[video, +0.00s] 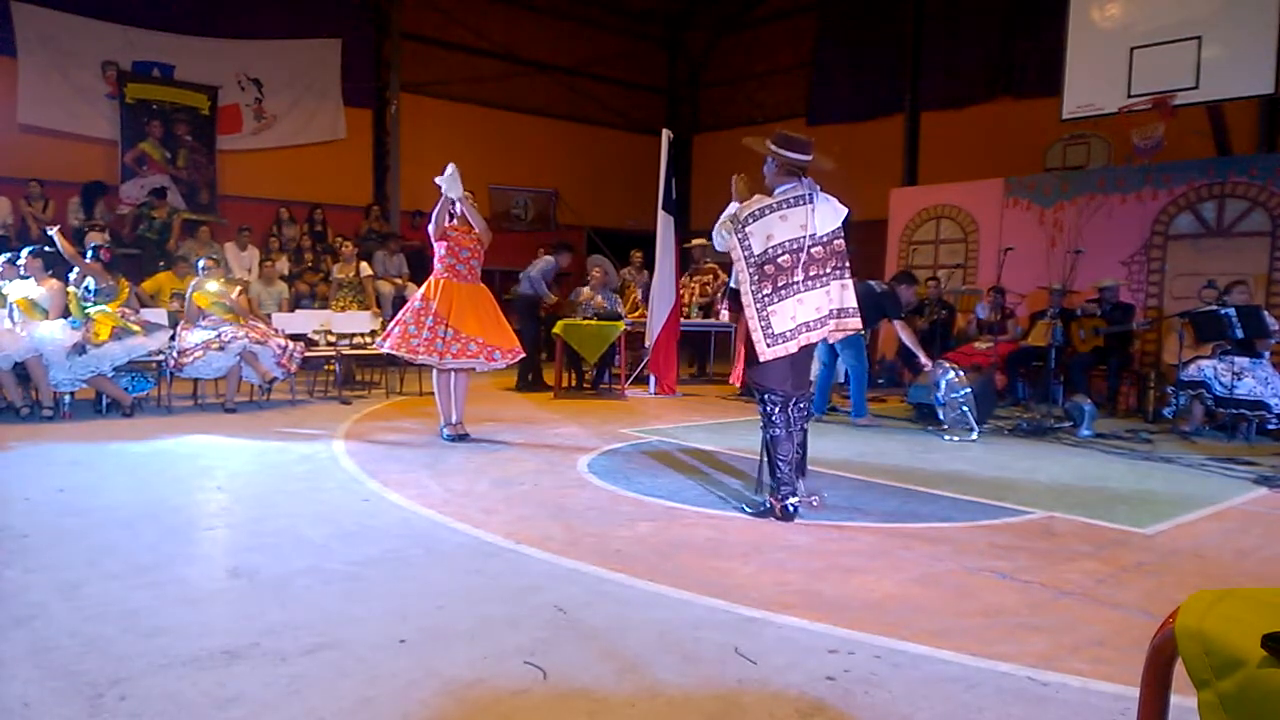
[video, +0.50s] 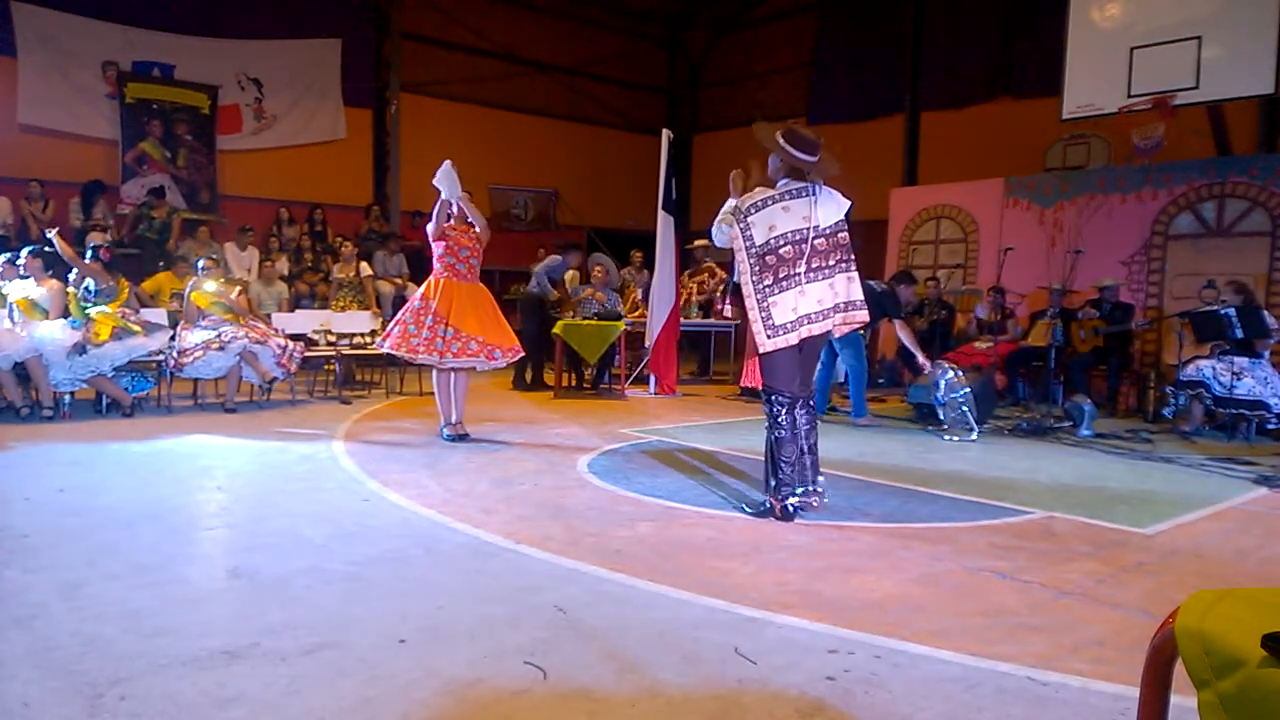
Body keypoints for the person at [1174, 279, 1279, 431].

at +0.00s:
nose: (1244, 297)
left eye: (1247, 293)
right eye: (1240, 293)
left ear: (1250, 296)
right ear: (1227, 297)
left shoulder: (1259, 315)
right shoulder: (1215, 316)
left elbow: (1265, 347)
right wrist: (1212, 350)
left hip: (1253, 364)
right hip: (1221, 362)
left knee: (1249, 381)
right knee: (1199, 368)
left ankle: (1243, 425)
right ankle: (1196, 420)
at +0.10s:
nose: (1238, 297)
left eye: (1243, 293)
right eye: (1233, 293)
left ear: (1250, 297)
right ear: (1224, 298)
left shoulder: (1259, 315)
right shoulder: (1216, 315)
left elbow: (1265, 346)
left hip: (1253, 363)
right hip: (1222, 362)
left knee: (1249, 381)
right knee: (1199, 369)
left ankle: (1243, 425)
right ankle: (1196, 420)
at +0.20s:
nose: (1229, 296)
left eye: (1235, 292)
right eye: (1226, 292)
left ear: (1247, 297)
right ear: (1222, 295)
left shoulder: (1258, 315)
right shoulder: (1215, 315)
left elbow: (1265, 346)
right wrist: (1211, 350)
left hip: (1252, 363)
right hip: (1221, 362)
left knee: (1248, 380)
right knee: (1198, 369)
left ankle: (1243, 424)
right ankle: (1196, 420)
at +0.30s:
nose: (1223, 303)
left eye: (1227, 299)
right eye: (1222, 300)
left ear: (1244, 297)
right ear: (1222, 298)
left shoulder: (1259, 316)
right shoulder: (1220, 316)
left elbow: (1265, 346)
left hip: (1253, 364)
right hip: (1224, 362)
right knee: (1197, 368)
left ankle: (1243, 424)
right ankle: (1196, 420)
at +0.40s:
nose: (1222, 302)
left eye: (1226, 298)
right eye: (1221, 298)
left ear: (1242, 298)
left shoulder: (1259, 316)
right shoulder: (1218, 317)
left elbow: (1263, 346)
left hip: (1253, 365)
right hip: (1223, 363)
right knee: (1196, 368)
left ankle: (1243, 424)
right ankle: (1196, 419)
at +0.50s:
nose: (1221, 305)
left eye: (1225, 300)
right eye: (1220, 300)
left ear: (1241, 298)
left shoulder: (1258, 316)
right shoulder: (1218, 318)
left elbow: (1263, 346)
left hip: (1253, 365)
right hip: (1223, 363)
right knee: (1196, 368)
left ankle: (1243, 424)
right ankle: (1196, 420)